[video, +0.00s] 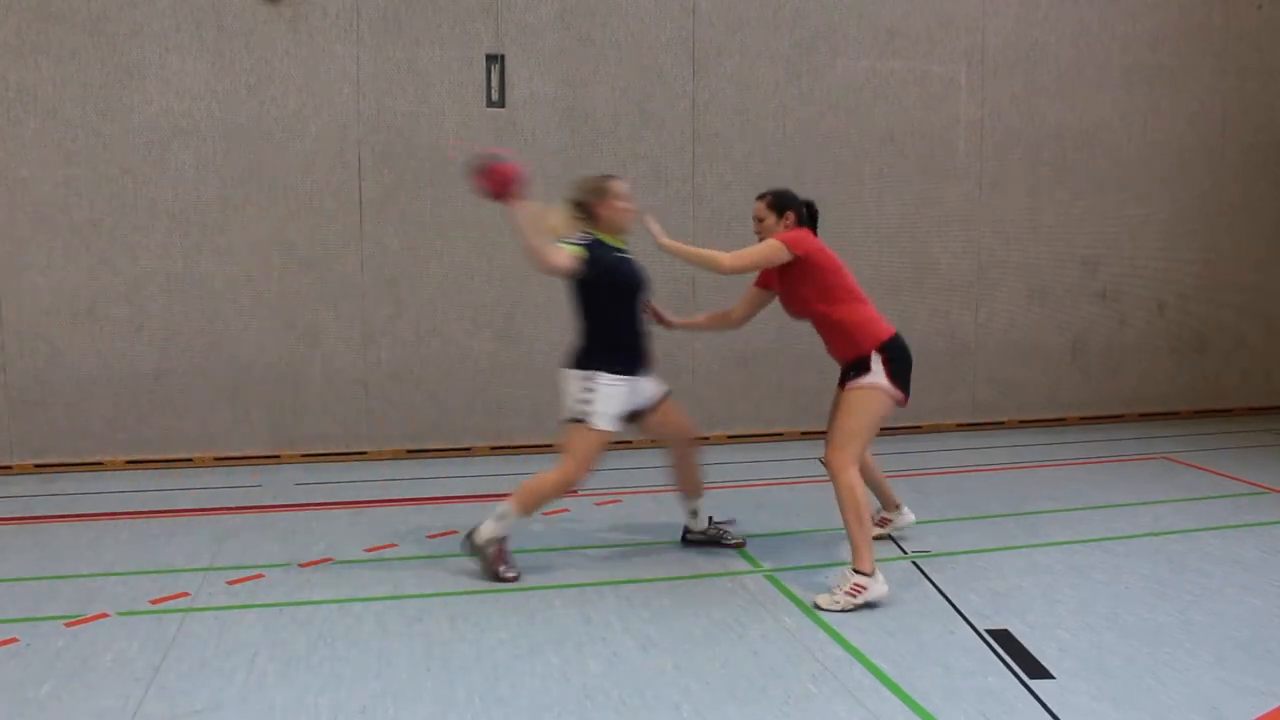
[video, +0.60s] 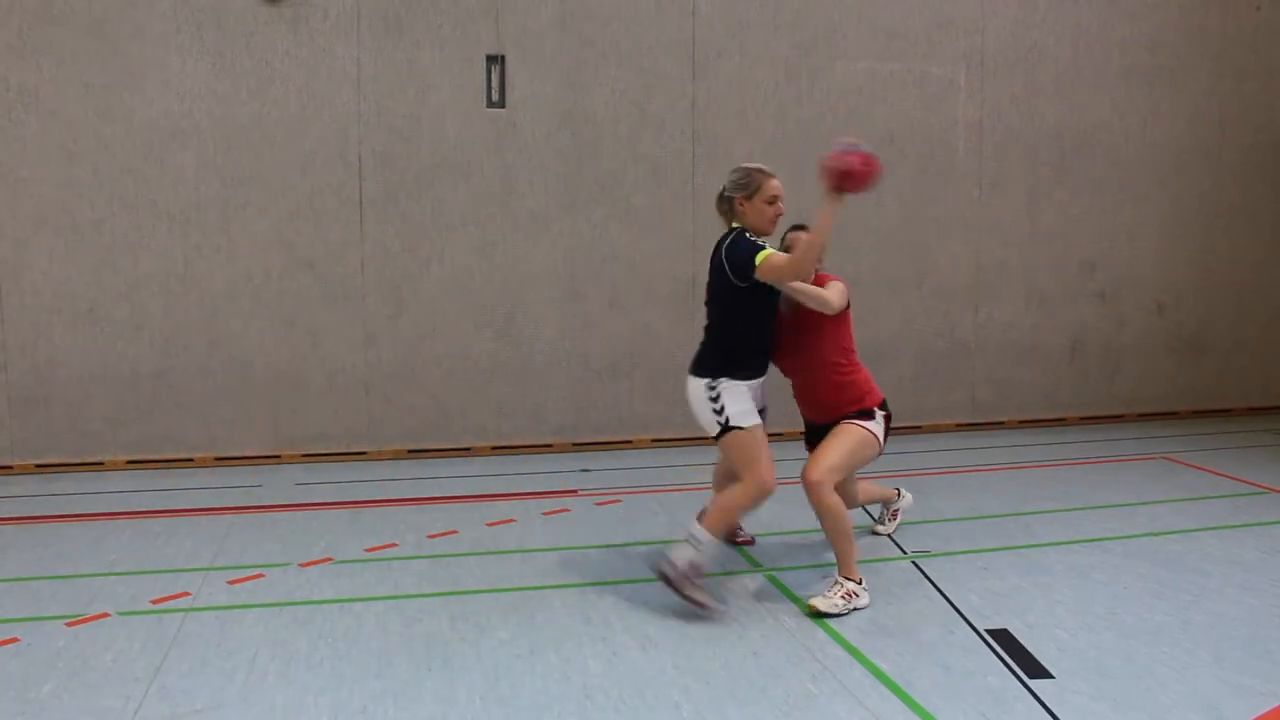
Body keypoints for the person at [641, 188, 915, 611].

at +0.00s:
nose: (754, 229)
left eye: (760, 221)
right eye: (754, 222)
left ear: (788, 219)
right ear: (782, 221)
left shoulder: (799, 243)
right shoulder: (779, 267)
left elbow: (727, 263)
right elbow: (734, 317)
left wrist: (666, 244)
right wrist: (674, 322)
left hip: (878, 357)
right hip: (860, 362)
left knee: (840, 459)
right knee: (847, 446)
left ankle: (865, 576)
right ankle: (893, 509)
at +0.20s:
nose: (753, 250)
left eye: (762, 243)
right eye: (752, 243)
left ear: (787, 248)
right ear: (755, 249)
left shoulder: (795, 271)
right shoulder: (777, 292)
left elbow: (746, 286)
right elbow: (764, 347)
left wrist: (702, 262)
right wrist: (722, 334)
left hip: (858, 395)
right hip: (837, 400)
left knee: (808, 482)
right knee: (827, 481)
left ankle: (861, 582)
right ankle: (894, 506)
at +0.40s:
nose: (774, 247)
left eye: (784, 242)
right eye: (771, 240)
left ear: (804, 247)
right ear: (765, 243)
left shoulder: (811, 275)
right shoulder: (772, 275)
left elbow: (791, 297)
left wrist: (755, 268)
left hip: (847, 403)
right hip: (816, 408)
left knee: (795, 483)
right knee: (830, 494)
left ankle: (849, 583)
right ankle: (893, 501)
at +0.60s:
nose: (798, 256)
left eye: (806, 249)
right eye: (791, 250)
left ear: (818, 254)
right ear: (779, 257)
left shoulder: (831, 285)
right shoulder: (770, 299)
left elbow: (830, 303)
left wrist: (778, 277)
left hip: (863, 413)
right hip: (818, 424)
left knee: (817, 477)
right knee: (845, 497)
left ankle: (850, 582)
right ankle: (894, 497)